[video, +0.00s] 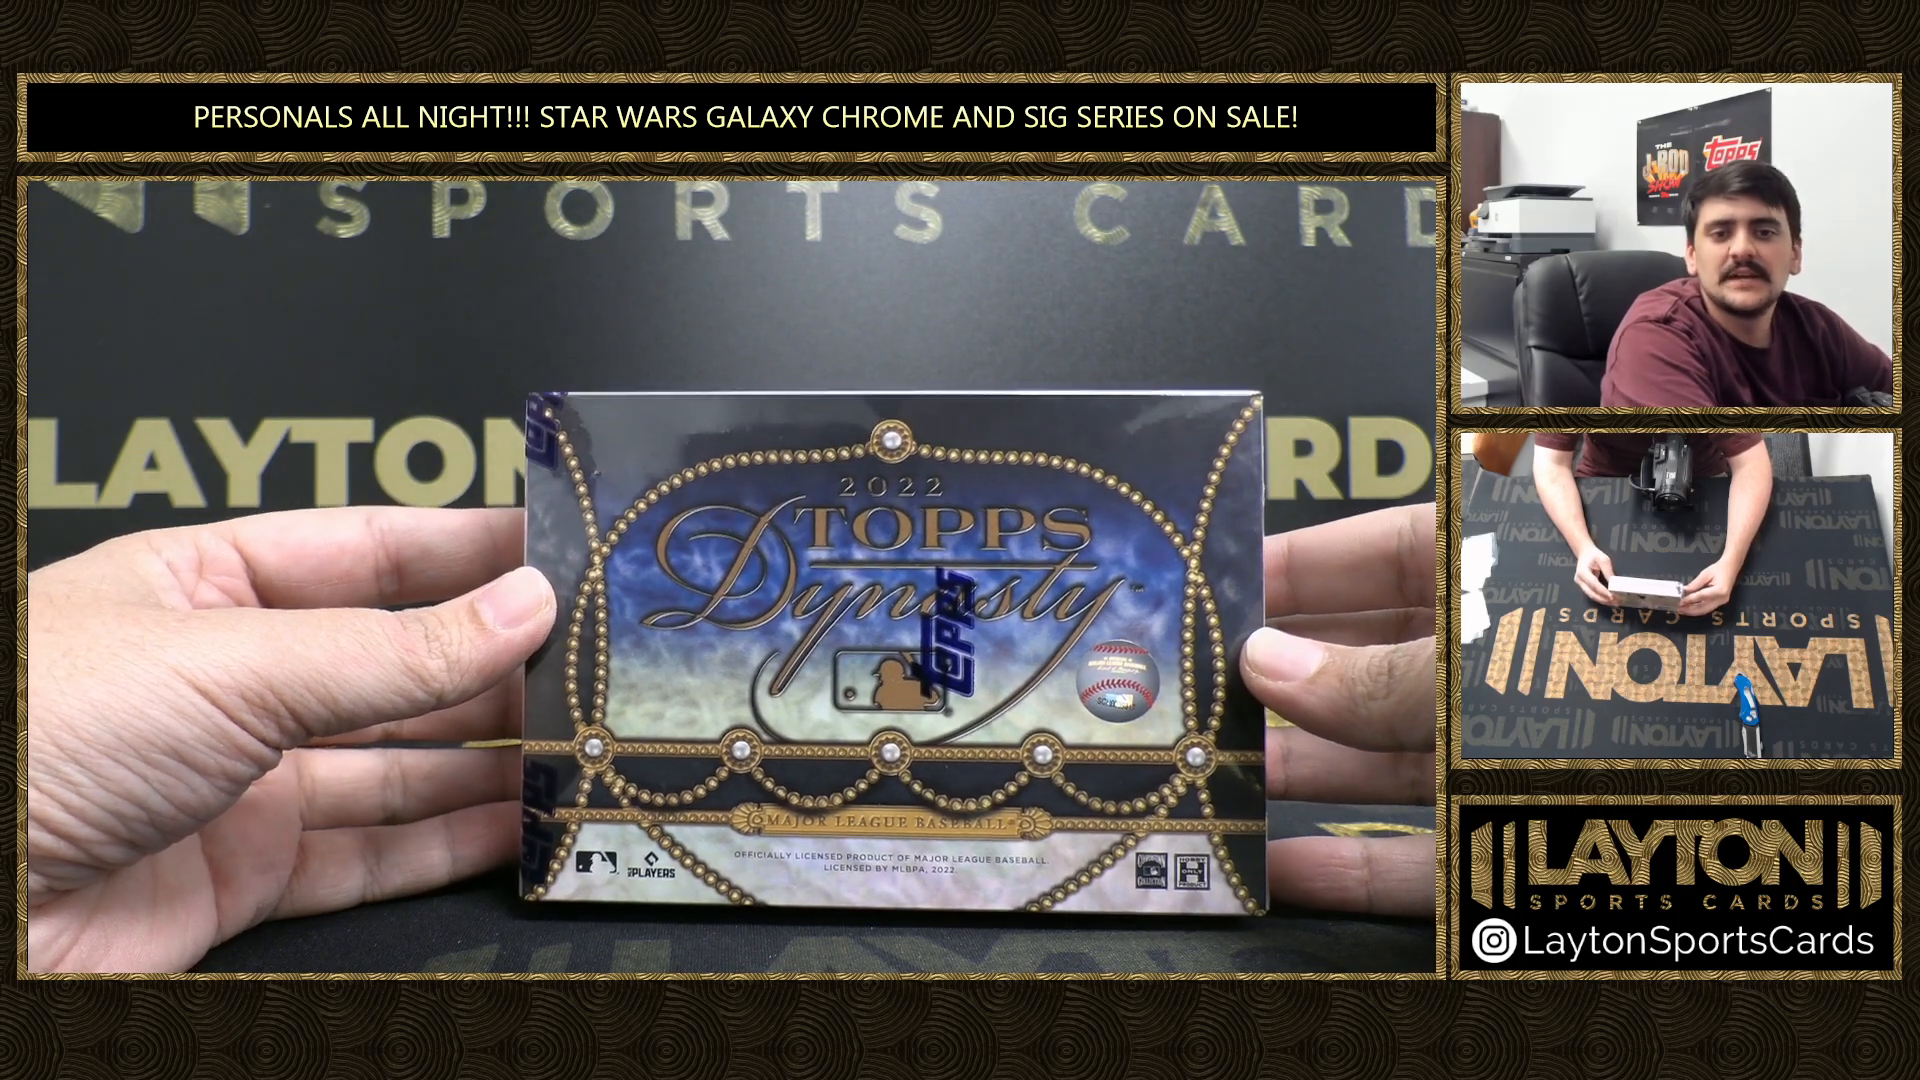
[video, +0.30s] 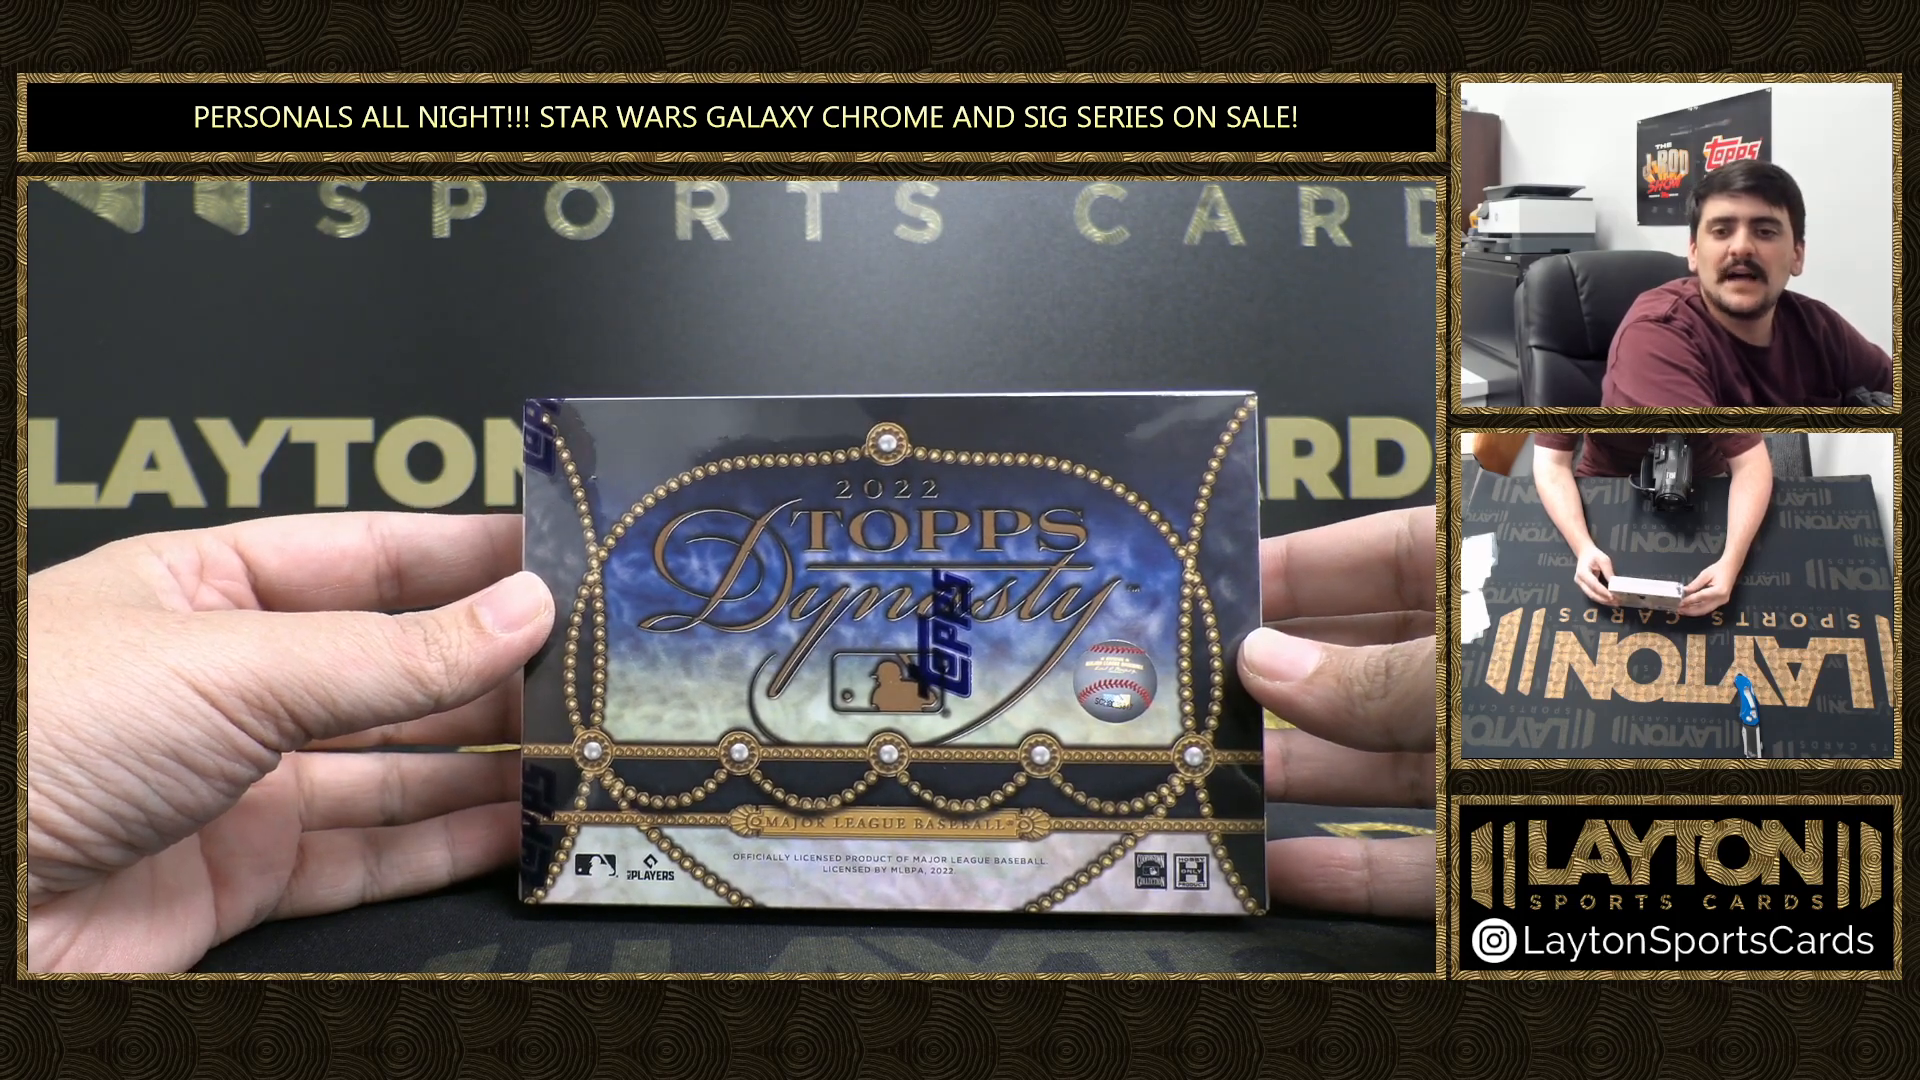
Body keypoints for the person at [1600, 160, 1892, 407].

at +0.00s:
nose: (1742, 249)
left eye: (1764, 232)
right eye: (1721, 233)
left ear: (1795, 254)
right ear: (1691, 256)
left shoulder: (1817, 329)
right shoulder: (1655, 334)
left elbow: (1897, 390)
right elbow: (1746, 461)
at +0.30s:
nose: (1741, 247)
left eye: (1764, 232)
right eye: (1722, 230)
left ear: (1797, 255)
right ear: (1693, 253)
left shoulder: (1818, 328)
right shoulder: (1656, 333)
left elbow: (1896, 388)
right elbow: (1747, 462)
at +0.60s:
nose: (1740, 251)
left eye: (1763, 234)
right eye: (1721, 233)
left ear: (1796, 255)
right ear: (1692, 253)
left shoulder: (1818, 328)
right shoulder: (1656, 333)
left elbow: (1896, 388)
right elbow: (1747, 462)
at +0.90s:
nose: (1737, 255)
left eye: (1761, 236)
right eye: (1717, 236)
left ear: (1795, 255)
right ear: (1691, 253)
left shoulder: (1818, 328)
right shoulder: (1656, 333)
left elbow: (1896, 388)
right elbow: (1746, 462)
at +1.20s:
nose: (1738, 260)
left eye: (1761, 241)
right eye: (1718, 241)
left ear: (1796, 256)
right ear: (1691, 254)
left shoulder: (1818, 329)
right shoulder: (1655, 333)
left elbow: (1896, 387)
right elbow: (1746, 461)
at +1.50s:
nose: (1746, 260)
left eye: (1769, 243)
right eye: (1726, 241)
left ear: (1798, 258)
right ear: (1693, 252)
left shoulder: (1818, 329)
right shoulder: (1655, 333)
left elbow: (1897, 388)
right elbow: (1746, 462)